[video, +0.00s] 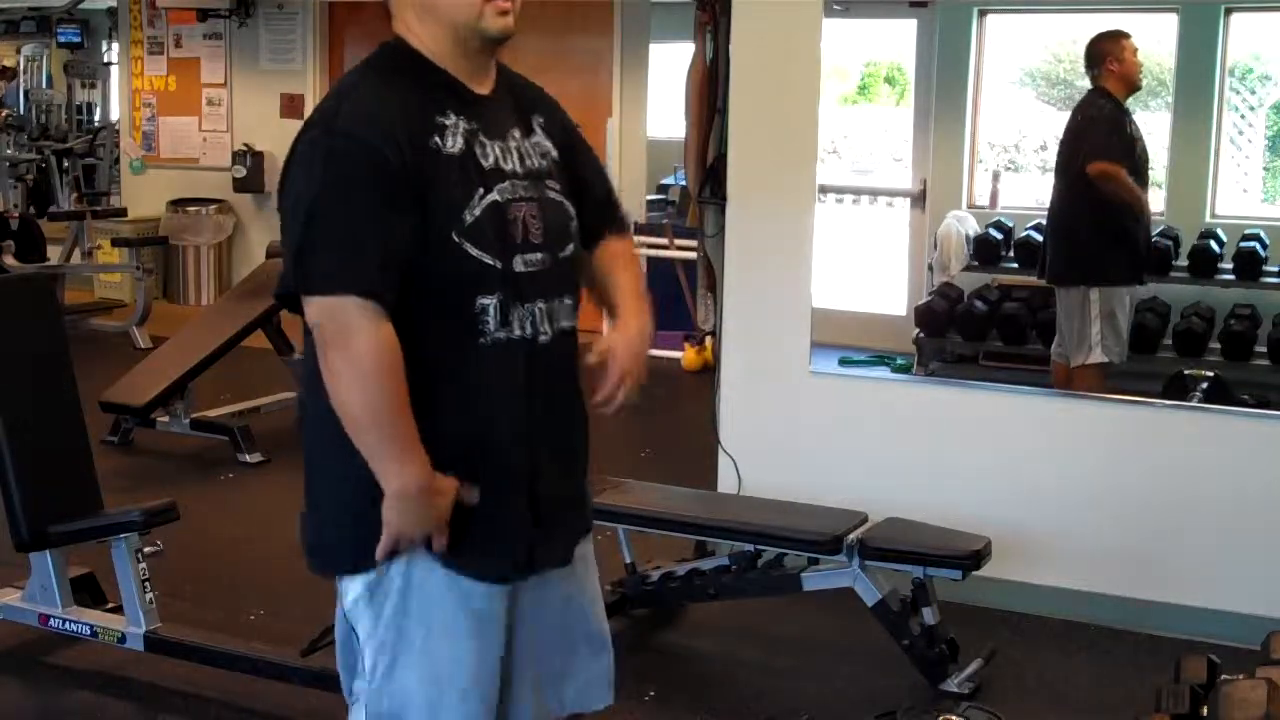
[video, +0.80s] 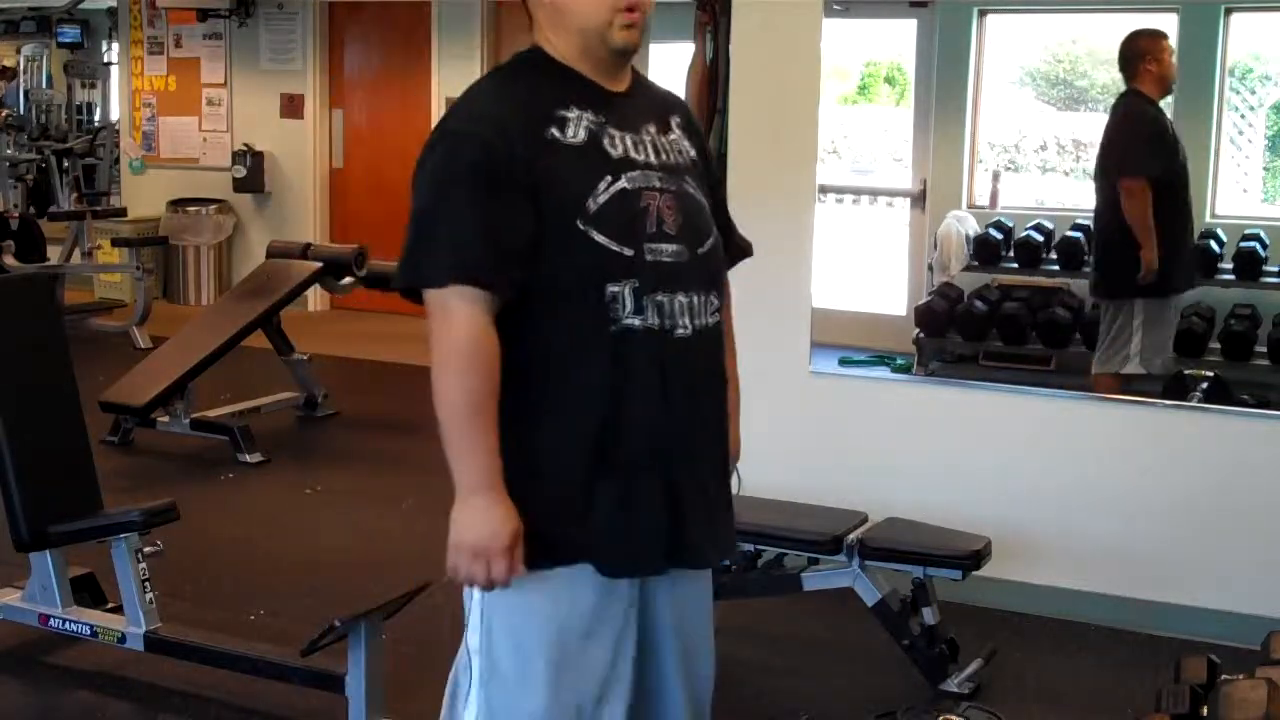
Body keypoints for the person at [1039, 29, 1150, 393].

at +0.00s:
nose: (1141, 63)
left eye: (1138, 55)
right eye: (1134, 55)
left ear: (1110, 65)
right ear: (1113, 64)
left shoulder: (1092, 107)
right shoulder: (1105, 108)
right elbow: (1100, 167)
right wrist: (1141, 202)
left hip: (1075, 253)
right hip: (1096, 256)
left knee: (1068, 352)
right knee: (1092, 359)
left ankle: (1066, 435)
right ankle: (1085, 442)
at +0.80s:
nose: (1176, 65)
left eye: (1174, 57)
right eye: (1171, 57)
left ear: (1144, 65)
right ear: (1150, 64)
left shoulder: (1140, 111)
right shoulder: (1137, 114)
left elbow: (1134, 186)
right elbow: (1132, 187)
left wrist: (1157, 247)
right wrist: (1149, 248)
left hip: (1142, 265)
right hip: (1134, 267)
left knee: (1127, 369)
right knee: (1115, 370)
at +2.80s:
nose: (1209, 100)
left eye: (1213, 94)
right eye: (1209, 91)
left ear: (1187, 80)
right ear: (1187, 77)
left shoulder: (1177, 124)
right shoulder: (1145, 119)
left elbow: (1177, 193)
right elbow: (1130, 188)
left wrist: (1186, 250)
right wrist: (1147, 249)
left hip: (1168, 265)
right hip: (1140, 266)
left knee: (1156, 367)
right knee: (1134, 367)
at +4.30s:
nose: (1235, 152)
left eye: (1241, 147)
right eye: (1239, 144)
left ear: (1224, 124)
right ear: (1226, 125)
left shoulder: (1189, 151)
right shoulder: (1176, 150)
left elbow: (1156, 218)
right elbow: (1148, 219)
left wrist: (1144, 280)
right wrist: (1140, 282)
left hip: (1120, 271)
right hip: (1104, 270)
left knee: (1116, 371)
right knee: (1103, 373)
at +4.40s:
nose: (1242, 173)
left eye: (1249, 168)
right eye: (1247, 164)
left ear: (1231, 142)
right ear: (1233, 146)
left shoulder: (1196, 167)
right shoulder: (1181, 166)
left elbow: (1158, 236)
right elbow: (1150, 237)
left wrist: (1142, 296)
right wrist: (1137, 301)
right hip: (1100, 270)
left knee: (1120, 371)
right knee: (1107, 373)